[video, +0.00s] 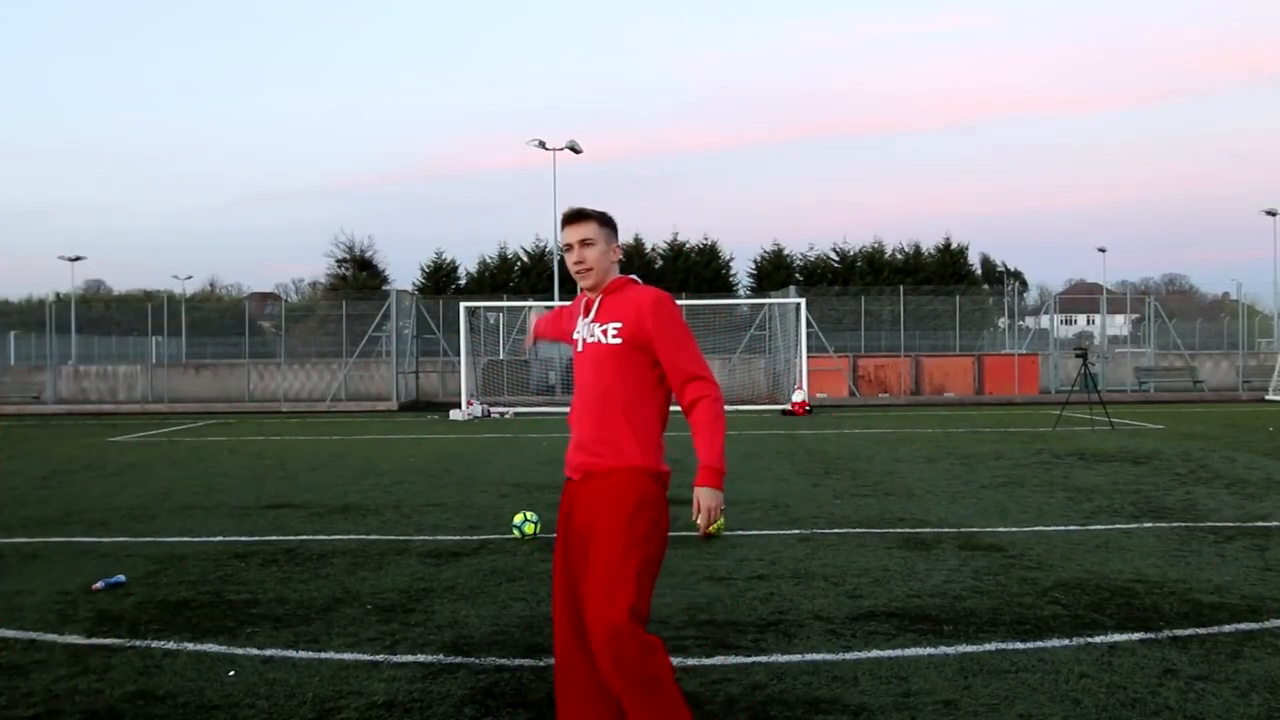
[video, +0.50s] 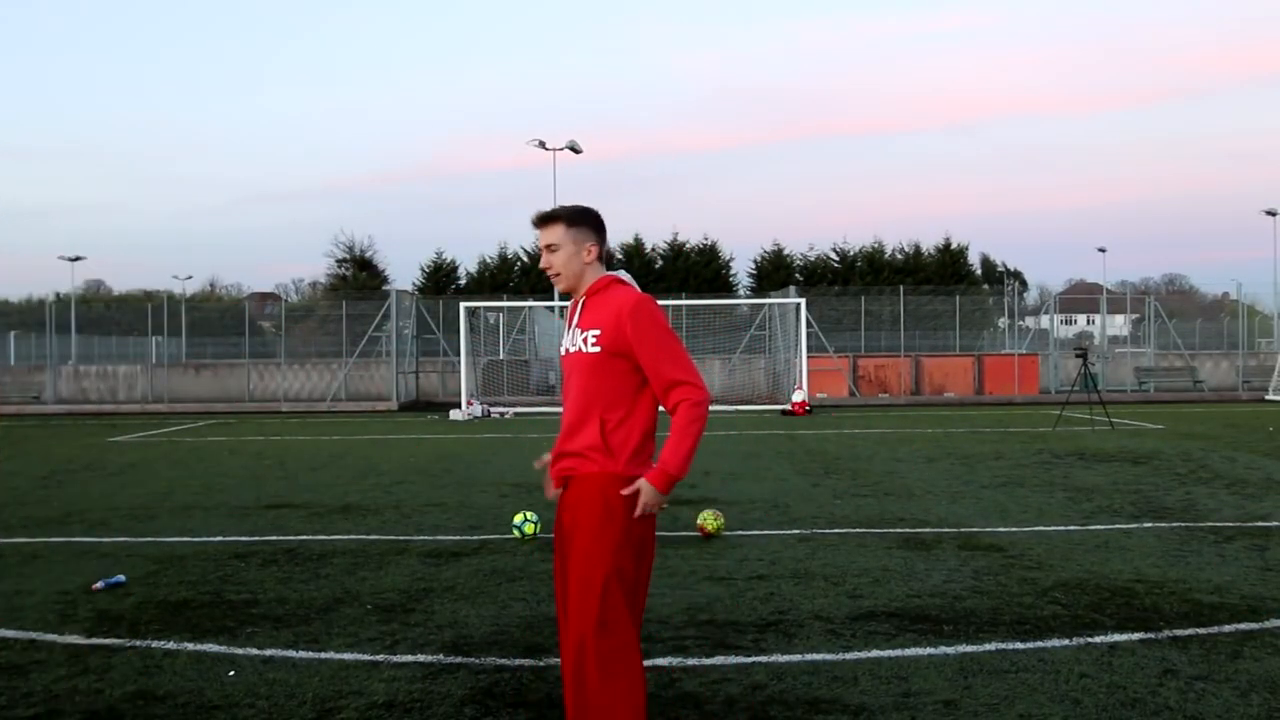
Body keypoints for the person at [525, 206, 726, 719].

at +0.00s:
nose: (576, 256)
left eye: (587, 244)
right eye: (569, 248)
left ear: (615, 250)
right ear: (565, 257)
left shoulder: (649, 304)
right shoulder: (580, 312)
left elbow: (701, 391)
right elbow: (554, 322)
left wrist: (710, 479)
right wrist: (536, 326)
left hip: (631, 485)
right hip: (581, 486)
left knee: (613, 627)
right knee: (572, 633)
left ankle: (669, 714)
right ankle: (585, 718)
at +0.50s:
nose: (543, 263)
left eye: (552, 250)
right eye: (541, 253)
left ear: (590, 250)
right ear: (579, 254)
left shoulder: (628, 305)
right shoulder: (580, 309)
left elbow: (691, 397)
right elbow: (594, 401)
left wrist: (662, 478)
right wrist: (560, 457)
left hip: (614, 493)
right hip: (577, 493)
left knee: (603, 639)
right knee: (576, 638)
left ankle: (615, 716)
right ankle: (583, 715)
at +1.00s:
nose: (536, 267)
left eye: (534, 257)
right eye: (533, 258)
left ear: (549, 256)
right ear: (590, 249)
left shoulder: (592, 305)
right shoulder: (624, 297)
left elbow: (640, 394)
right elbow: (684, 353)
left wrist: (586, 456)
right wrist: (645, 417)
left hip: (606, 501)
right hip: (632, 497)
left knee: (604, 641)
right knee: (624, 638)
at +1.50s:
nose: (550, 266)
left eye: (547, 258)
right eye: (549, 259)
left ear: (554, 257)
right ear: (602, 253)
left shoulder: (583, 296)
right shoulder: (632, 299)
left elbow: (614, 370)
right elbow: (686, 384)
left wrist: (542, 417)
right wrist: (621, 412)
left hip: (591, 486)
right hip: (634, 485)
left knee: (587, 631)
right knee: (635, 626)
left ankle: (596, 715)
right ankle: (635, 713)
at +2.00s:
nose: (515, 272)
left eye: (522, 259)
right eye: (513, 261)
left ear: (557, 258)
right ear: (563, 262)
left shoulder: (571, 307)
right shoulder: (595, 311)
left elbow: (617, 393)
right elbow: (651, 401)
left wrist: (570, 468)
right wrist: (634, 479)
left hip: (564, 507)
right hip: (608, 505)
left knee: (528, 648)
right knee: (610, 650)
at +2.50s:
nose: (450, 270)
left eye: (459, 257)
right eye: (449, 259)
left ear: (495, 258)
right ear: (497, 261)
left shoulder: (513, 313)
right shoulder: (530, 309)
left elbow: (564, 409)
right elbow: (583, 402)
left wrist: (525, 493)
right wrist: (551, 483)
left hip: (506, 507)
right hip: (535, 507)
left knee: (489, 642)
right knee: (535, 635)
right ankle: (566, 706)